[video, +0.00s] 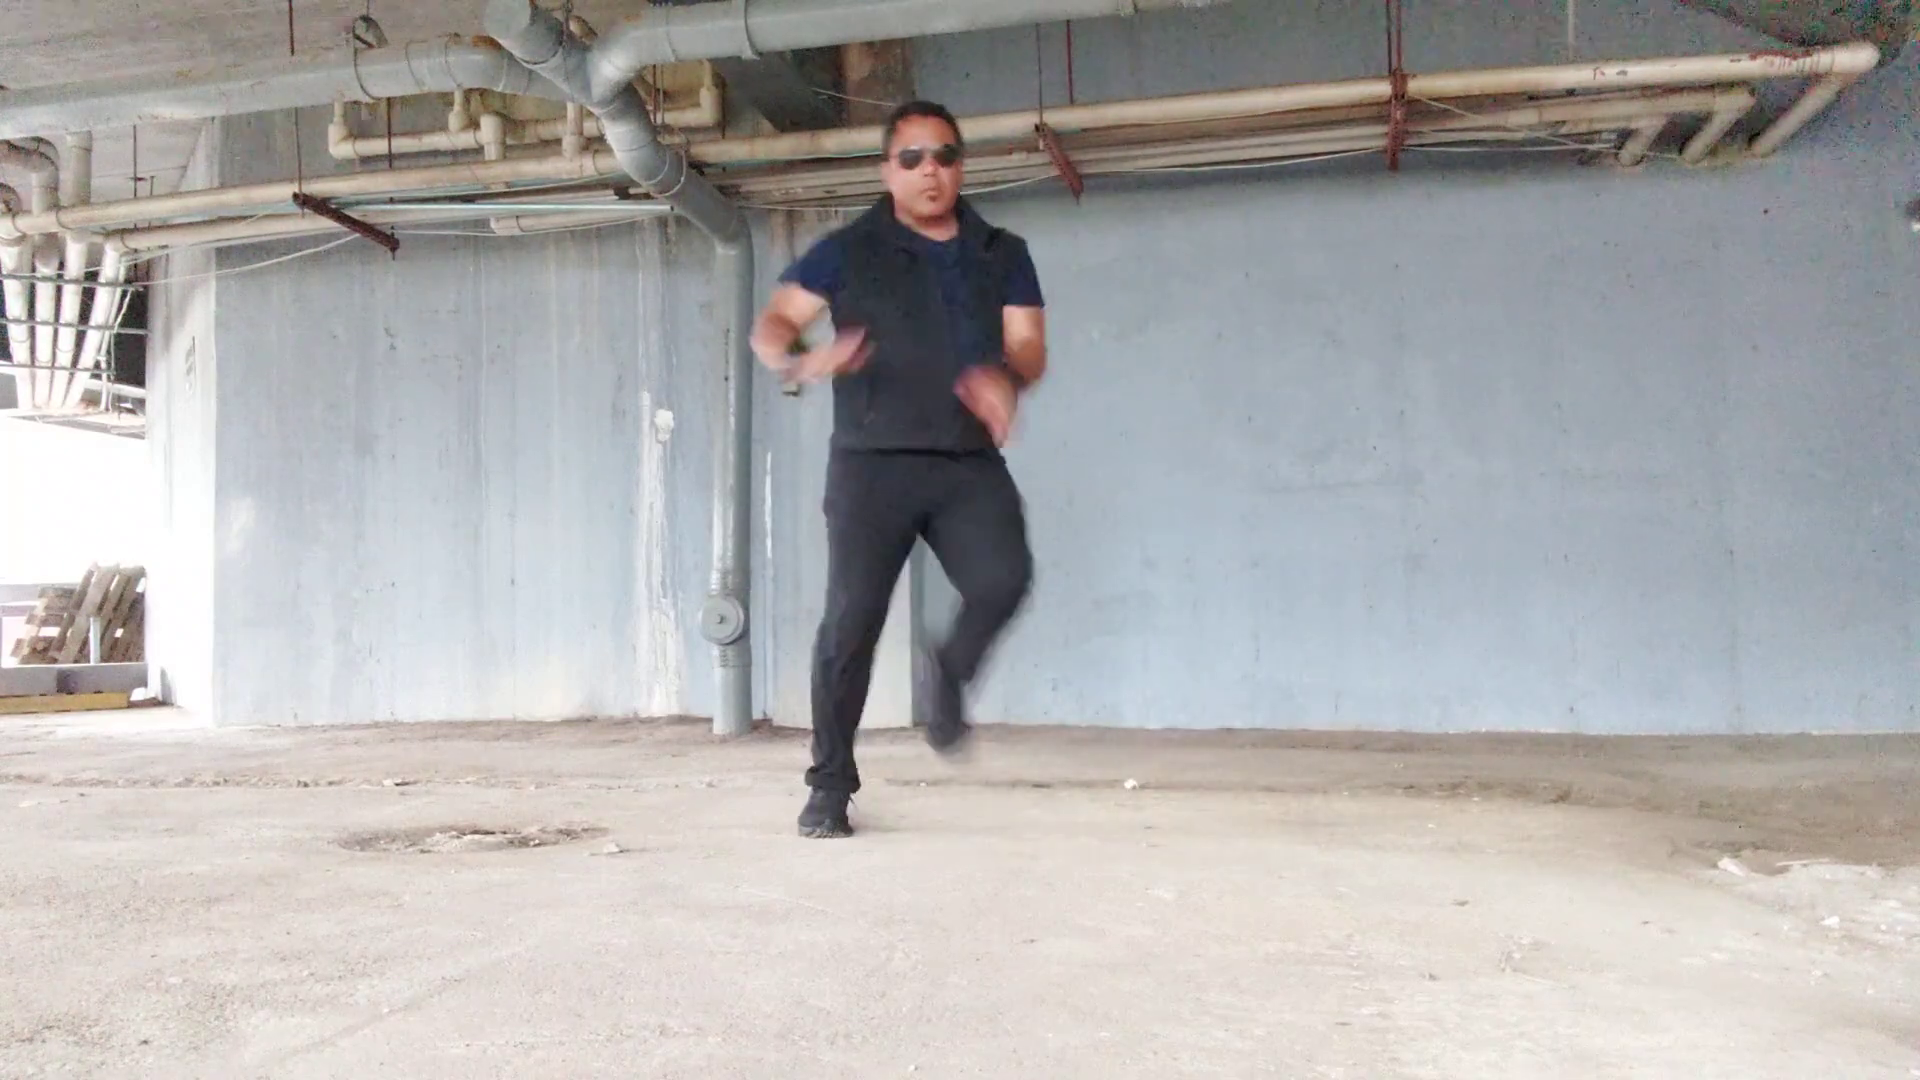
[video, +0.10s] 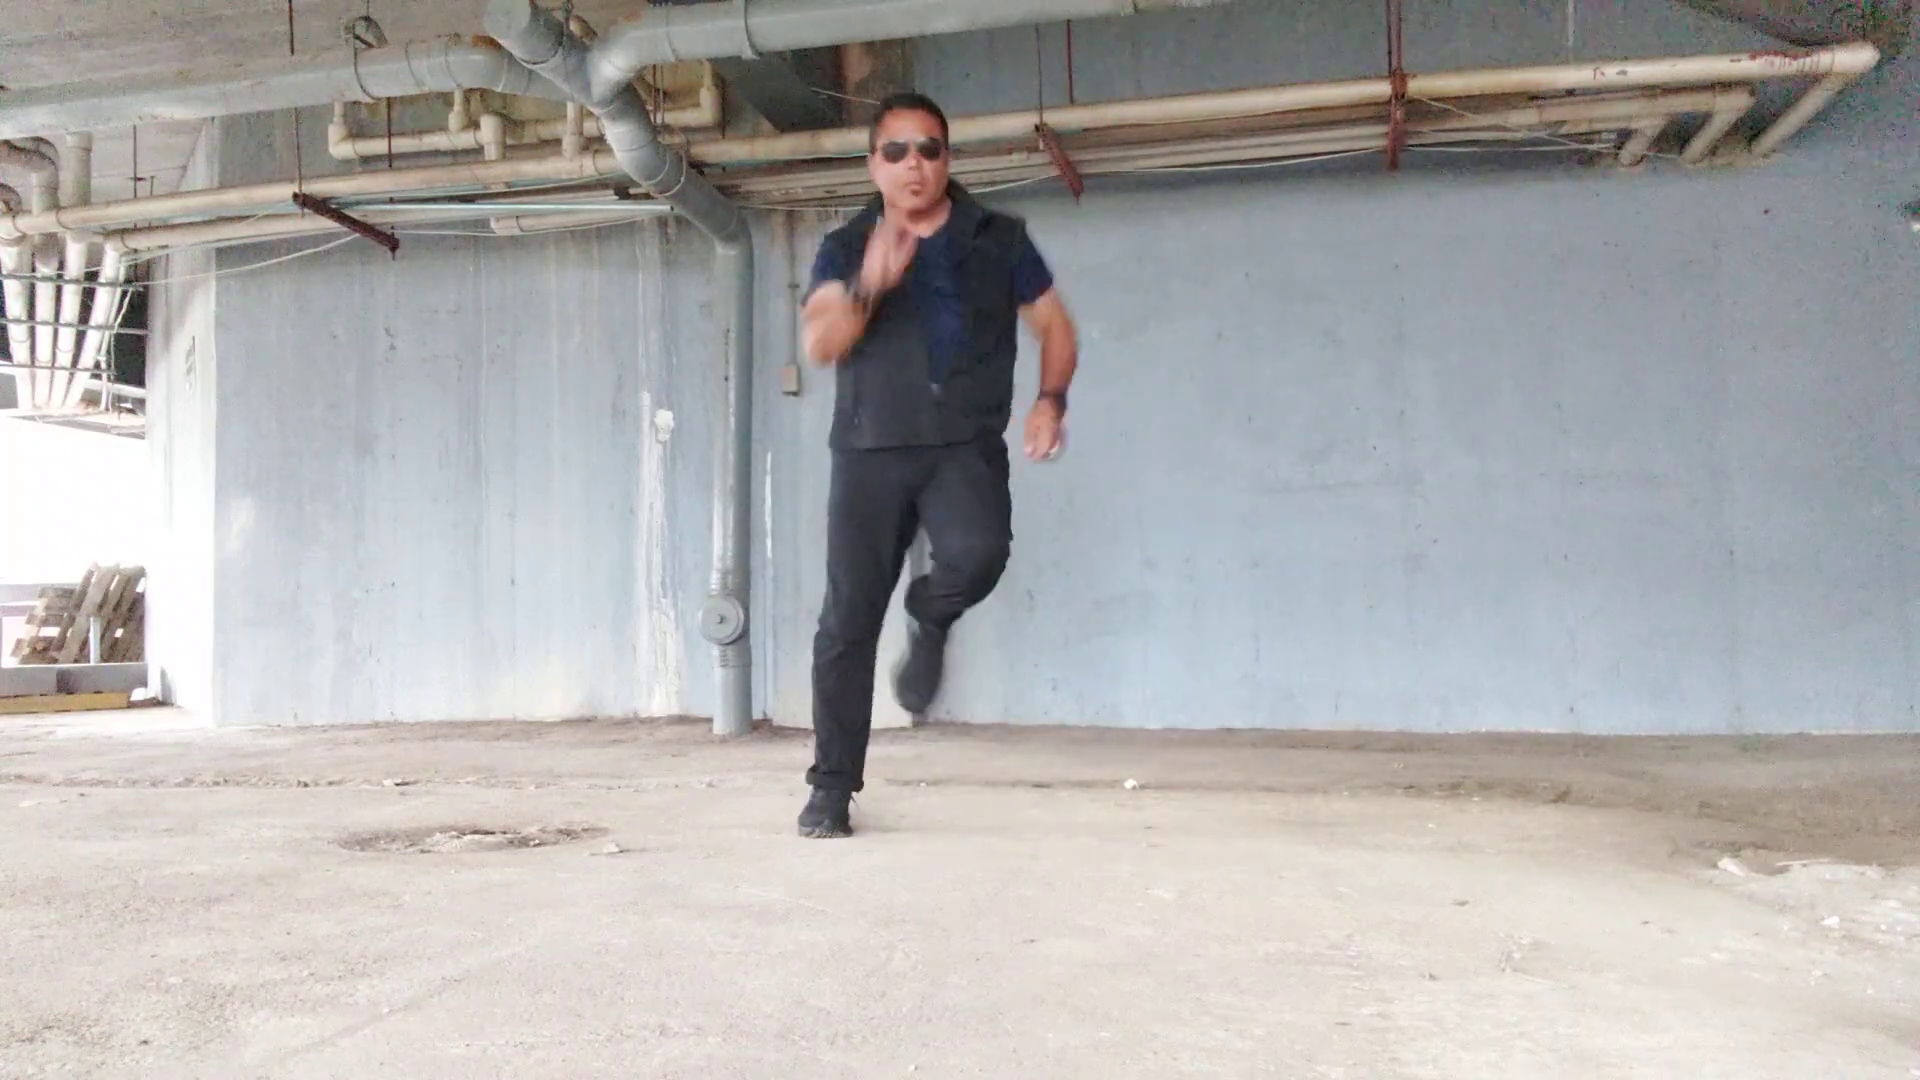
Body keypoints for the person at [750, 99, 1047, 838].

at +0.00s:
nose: (932, 172)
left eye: (945, 156)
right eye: (913, 159)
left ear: (962, 166)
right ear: (886, 171)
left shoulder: (1002, 252)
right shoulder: (850, 250)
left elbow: (1028, 349)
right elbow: (771, 328)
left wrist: (1005, 377)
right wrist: (797, 364)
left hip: (969, 468)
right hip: (872, 468)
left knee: (1002, 582)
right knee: (850, 624)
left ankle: (947, 674)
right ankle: (829, 783)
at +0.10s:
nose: (915, 164)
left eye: (929, 150)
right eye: (898, 152)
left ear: (949, 160)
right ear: (873, 164)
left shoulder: (997, 237)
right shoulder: (847, 245)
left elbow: (1057, 328)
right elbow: (820, 345)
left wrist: (1050, 400)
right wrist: (869, 283)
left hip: (968, 448)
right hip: (871, 451)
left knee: (976, 559)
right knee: (850, 618)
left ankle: (927, 619)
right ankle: (832, 783)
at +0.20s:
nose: (928, 161)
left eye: (941, 146)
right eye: (910, 149)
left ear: (963, 150)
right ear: (885, 159)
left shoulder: (1010, 213)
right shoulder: (864, 228)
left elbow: (1090, 256)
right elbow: (773, 281)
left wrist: (1062, 334)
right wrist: (839, 221)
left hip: (974, 441)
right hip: (879, 446)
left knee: (993, 571)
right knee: (853, 618)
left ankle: (988, 714)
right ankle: (833, 782)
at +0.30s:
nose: (956, 171)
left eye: (972, 155)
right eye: (938, 156)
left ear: (994, 150)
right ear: (912, 154)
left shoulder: (1036, 198)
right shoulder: (882, 207)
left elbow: (1121, 222)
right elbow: (796, 211)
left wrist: (1095, 275)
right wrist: (794, 228)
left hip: (996, 446)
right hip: (899, 448)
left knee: (1019, 619)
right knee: (862, 620)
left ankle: (1038, 802)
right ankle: (832, 784)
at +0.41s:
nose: (979, 177)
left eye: (994, 161)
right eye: (961, 162)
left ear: (1015, 154)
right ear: (934, 157)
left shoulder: (1058, 213)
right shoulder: (900, 213)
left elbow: (1128, 275)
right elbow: (828, 246)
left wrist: (1118, 291)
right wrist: (816, 294)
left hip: (1020, 455)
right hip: (923, 454)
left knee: (1032, 623)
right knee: (885, 606)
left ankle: (1040, 801)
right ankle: (890, 762)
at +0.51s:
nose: (999, 179)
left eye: (1015, 162)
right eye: (981, 163)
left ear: (1037, 158)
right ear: (955, 158)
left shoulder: (1077, 232)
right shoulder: (921, 229)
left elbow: (1105, 340)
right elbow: (874, 324)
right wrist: (885, 372)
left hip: (1038, 460)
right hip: (939, 460)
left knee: (1039, 628)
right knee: (925, 614)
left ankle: (1042, 796)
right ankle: (997, 749)